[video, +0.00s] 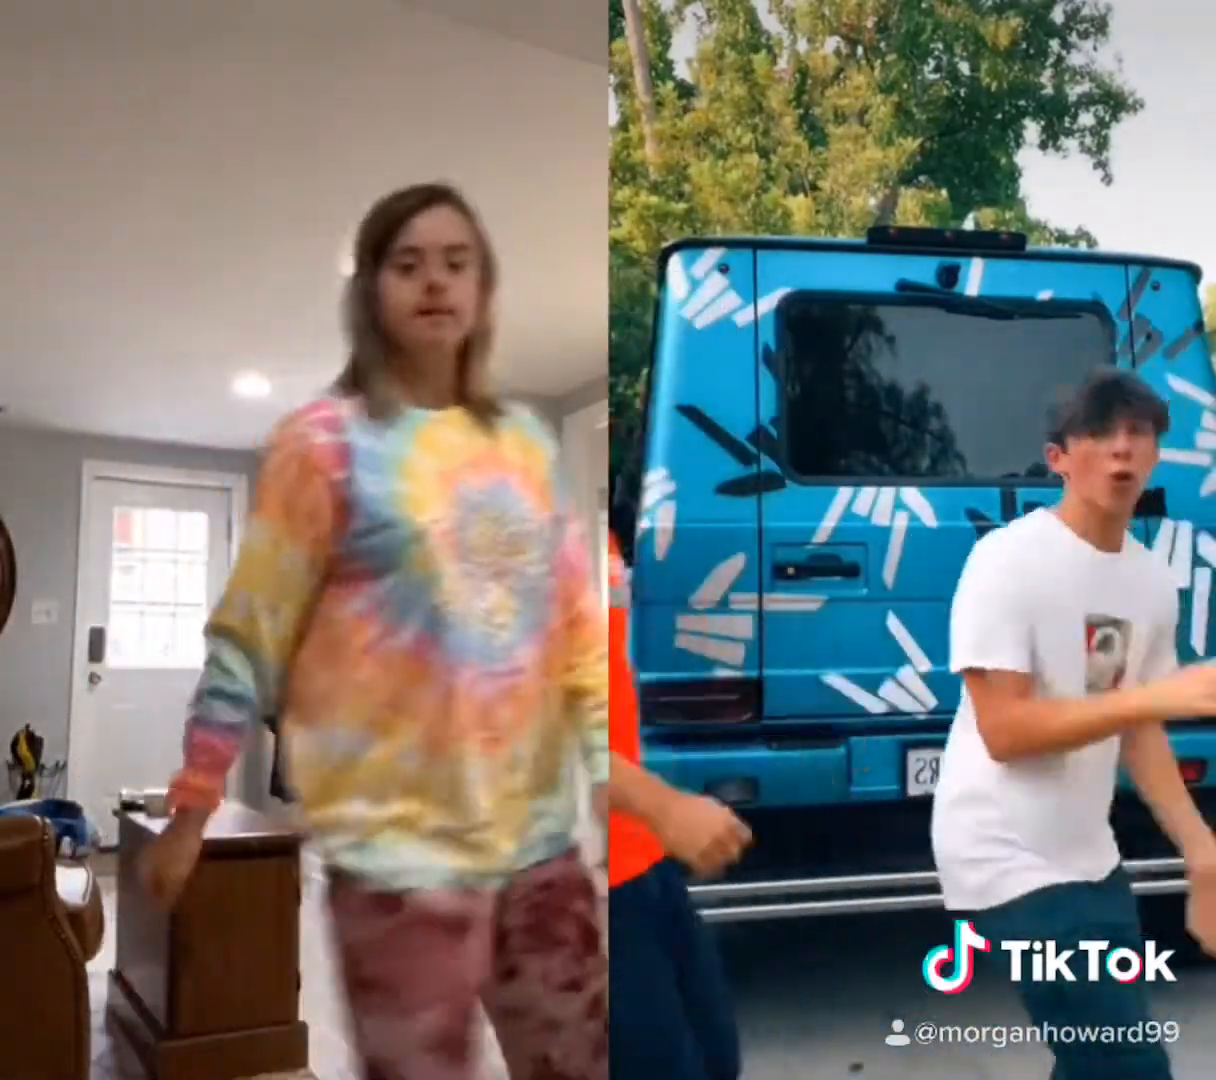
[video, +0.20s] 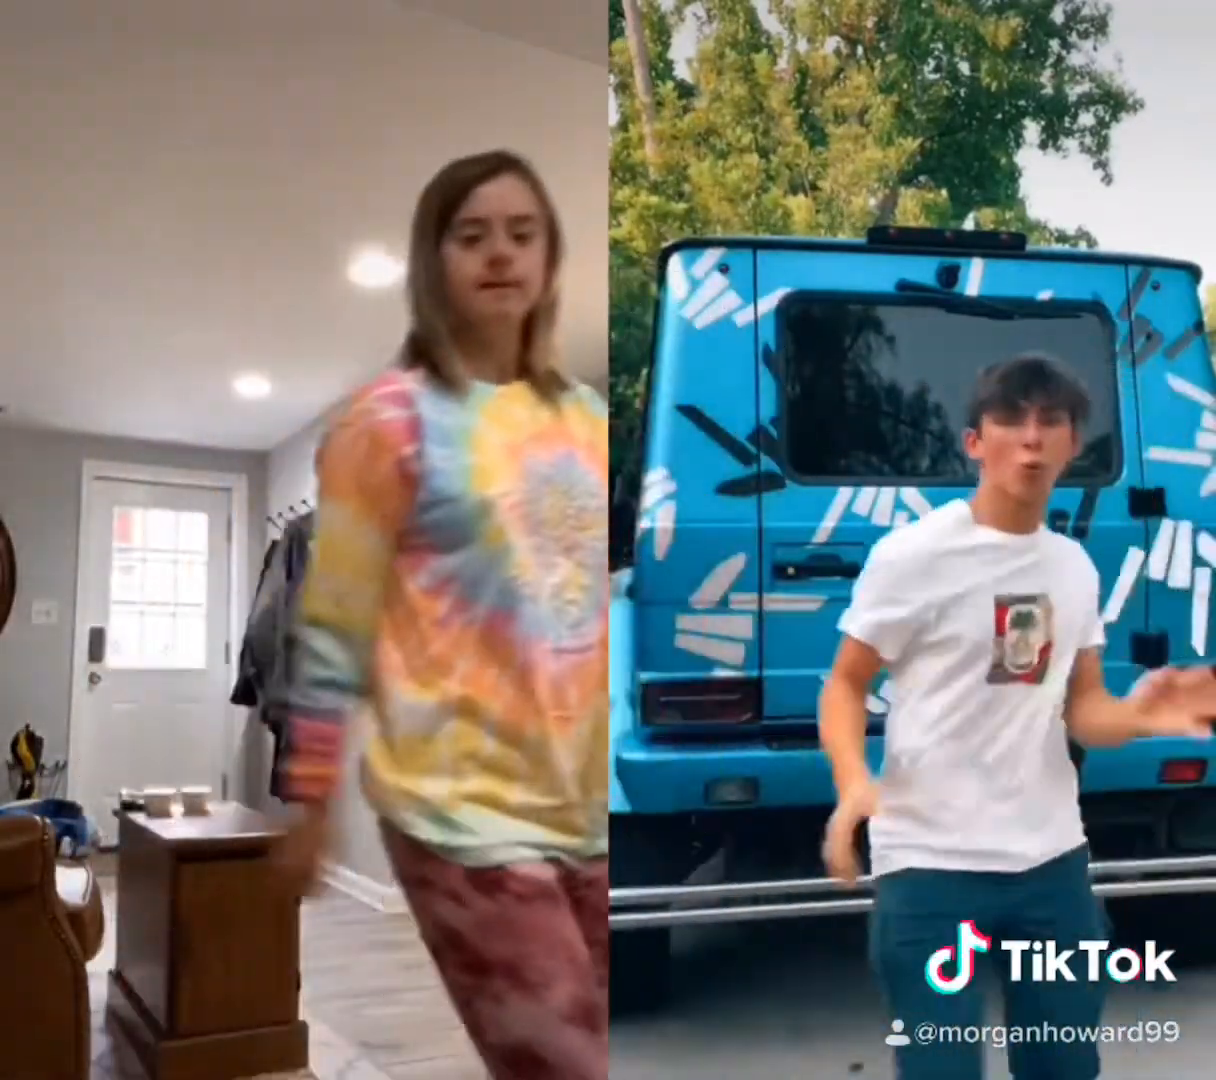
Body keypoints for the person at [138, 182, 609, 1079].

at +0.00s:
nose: (435, 281)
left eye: (457, 260)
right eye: (407, 262)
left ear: (485, 291)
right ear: (369, 290)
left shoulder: (526, 443)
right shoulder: (324, 441)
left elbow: (574, 654)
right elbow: (246, 637)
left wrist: (655, 799)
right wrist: (189, 814)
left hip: (542, 839)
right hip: (397, 846)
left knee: (576, 1067)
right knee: (419, 1067)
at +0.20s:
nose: (501, 254)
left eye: (523, 232)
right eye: (471, 234)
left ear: (551, 261)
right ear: (431, 261)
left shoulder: (585, 420)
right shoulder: (385, 421)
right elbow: (332, 628)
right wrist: (309, 801)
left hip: (582, 793)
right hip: (457, 801)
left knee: (582, 1053)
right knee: (563, 1056)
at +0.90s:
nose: (416, 271)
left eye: (438, 248)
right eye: (387, 252)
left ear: (465, 270)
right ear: (349, 280)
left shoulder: (447, 433)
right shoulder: (327, 414)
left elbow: (463, 639)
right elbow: (287, 646)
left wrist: (513, 785)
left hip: (439, 852)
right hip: (370, 858)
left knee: (429, 1064)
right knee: (484, 1064)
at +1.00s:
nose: (385, 265)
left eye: (407, 243)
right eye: (356, 245)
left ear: (435, 271)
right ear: (318, 271)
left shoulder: (416, 430)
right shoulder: (283, 407)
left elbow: (429, 626)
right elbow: (209, 624)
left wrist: (478, 773)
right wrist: (182, 813)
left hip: (387, 823)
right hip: (305, 821)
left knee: (402, 1060)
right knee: (419, 1063)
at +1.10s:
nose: (352, 253)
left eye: (375, 233)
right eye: (324, 232)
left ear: (401, 260)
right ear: (285, 258)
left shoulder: (382, 414)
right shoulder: (245, 394)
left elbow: (390, 610)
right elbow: (152, 596)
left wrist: (433, 756)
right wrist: (87, 763)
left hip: (357, 810)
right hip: (267, 814)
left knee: (363, 1056)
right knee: (347, 1061)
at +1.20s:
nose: (318, 252)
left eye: (340, 232)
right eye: (290, 231)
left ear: (368, 259)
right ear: (252, 255)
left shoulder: (354, 415)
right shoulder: (207, 390)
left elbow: (358, 612)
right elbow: (110, 588)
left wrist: (395, 759)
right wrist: (45, 755)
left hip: (335, 828)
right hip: (222, 833)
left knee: (338, 1062)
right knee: (243, 1064)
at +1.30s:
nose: (286, 256)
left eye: (309, 236)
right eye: (258, 236)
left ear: (336, 264)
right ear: (220, 260)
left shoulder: (321, 420)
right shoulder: (166, 392)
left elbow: (327, 616)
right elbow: (83, 597)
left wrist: (355, 769)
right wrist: (36, 781)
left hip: (306, 829)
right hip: (176, 833)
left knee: (315, 1064)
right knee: (177, 1065)